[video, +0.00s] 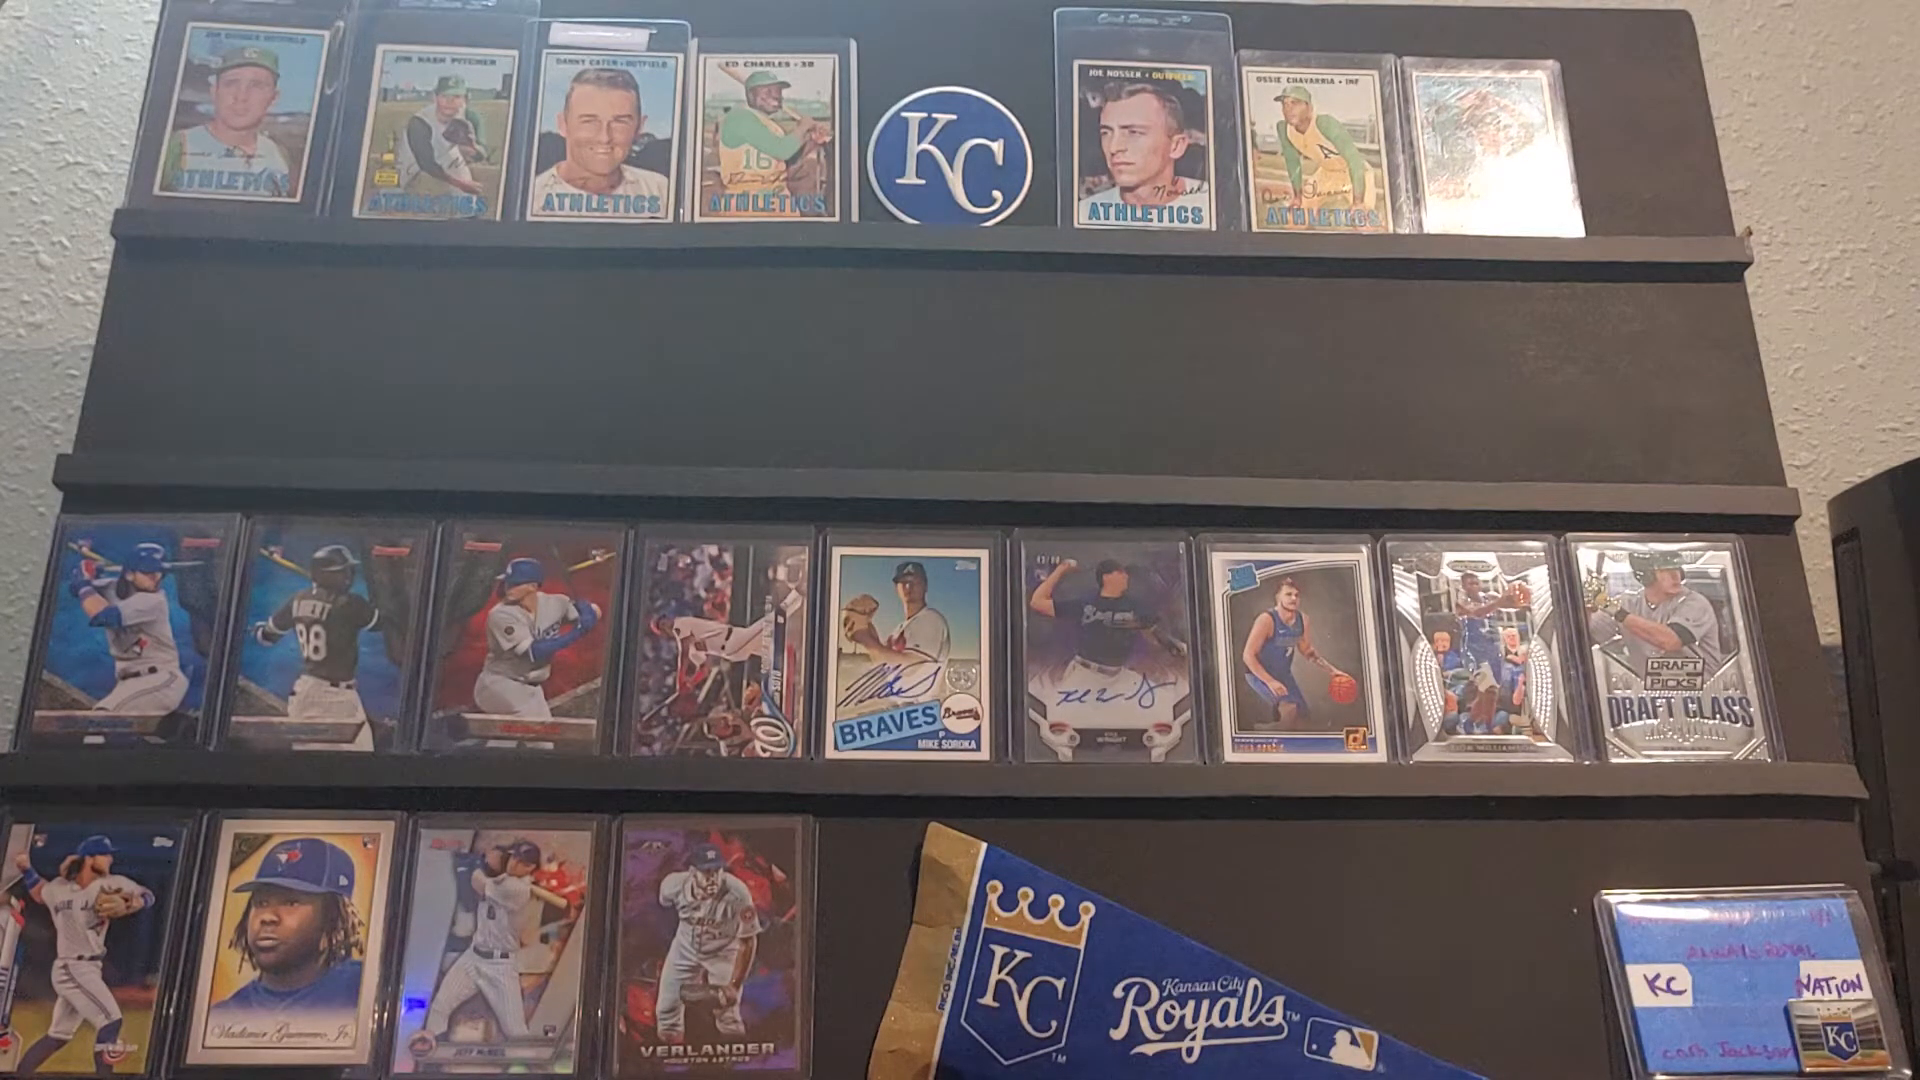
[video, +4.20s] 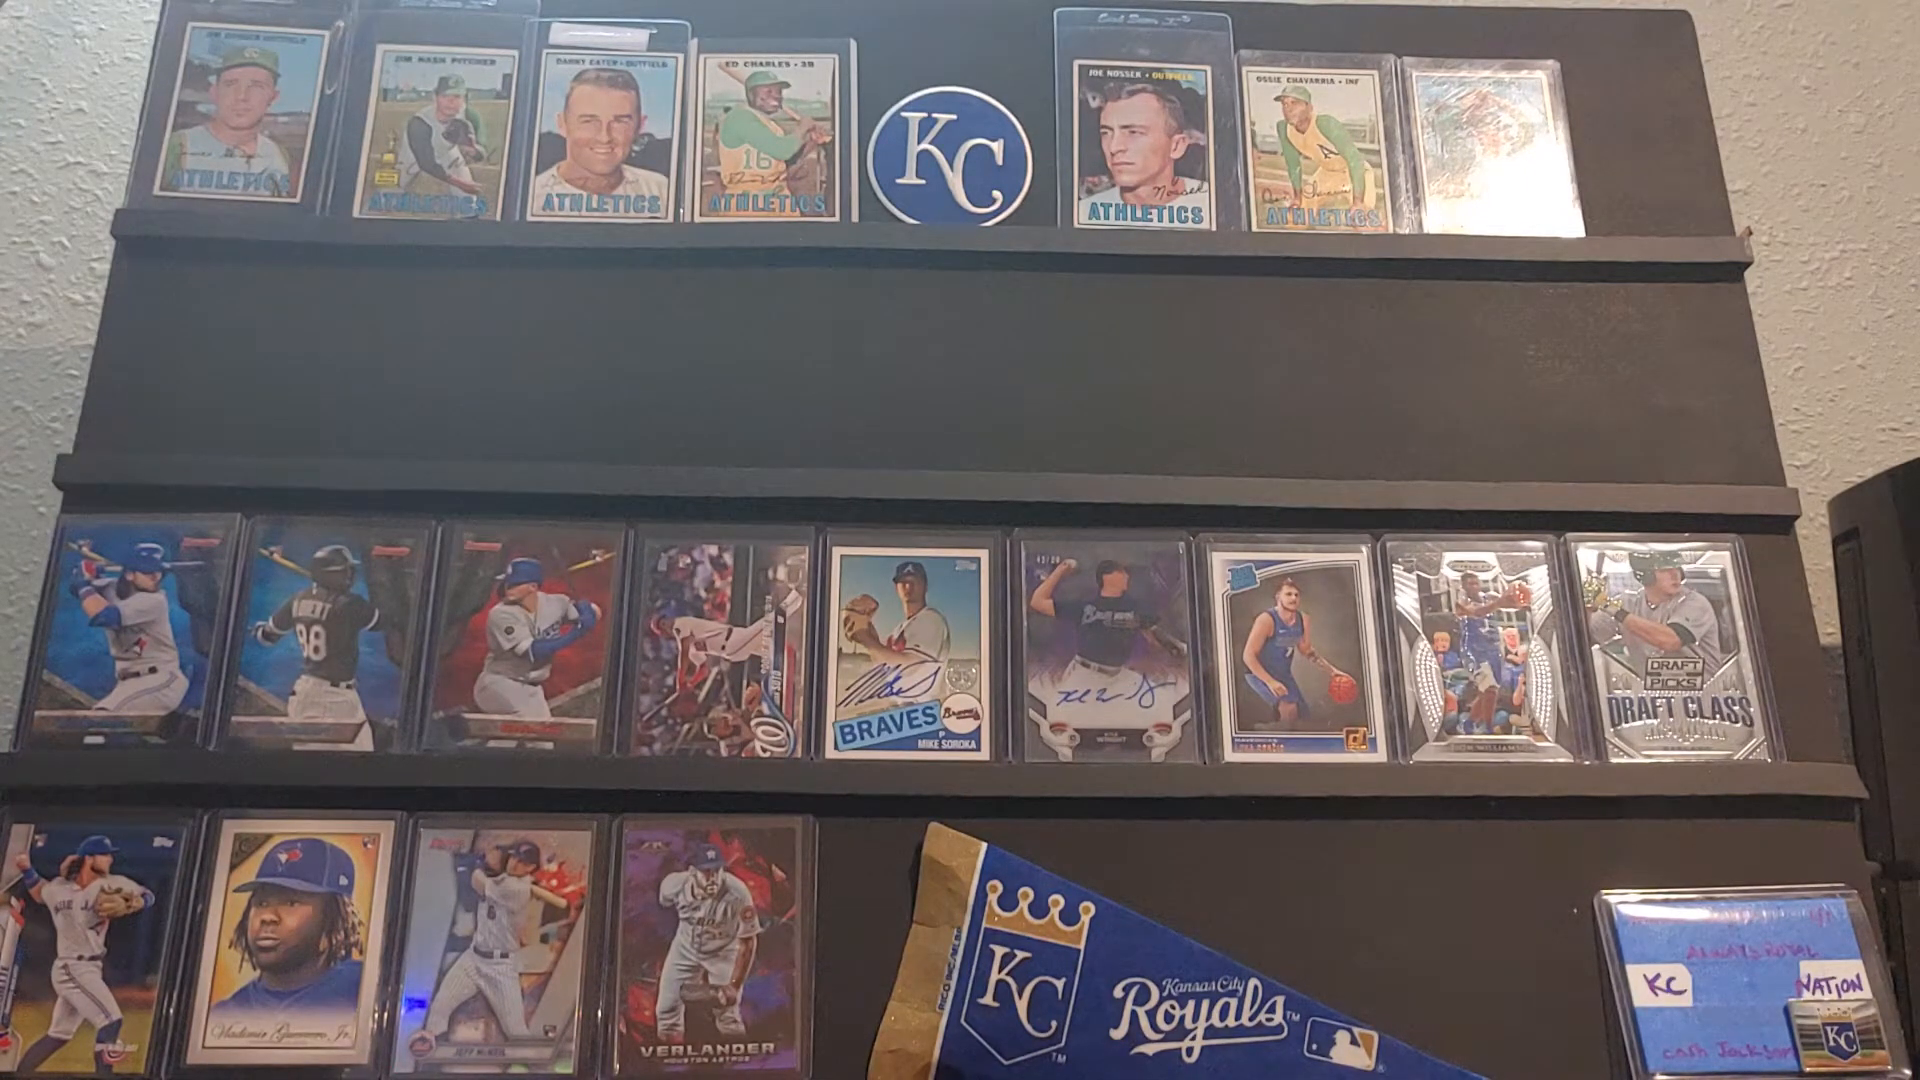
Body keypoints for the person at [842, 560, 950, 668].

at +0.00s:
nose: (907, 587)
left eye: (913, 582)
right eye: (902, 582)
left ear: (925, 586)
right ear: (896, 588)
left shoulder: (930, 619)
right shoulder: (901, 627)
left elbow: (912, 661)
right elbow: (881, 660)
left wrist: (865, 639)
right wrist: (865, 623)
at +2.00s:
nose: (907, 587)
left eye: (913, 582)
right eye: (902, 582)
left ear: (924, 586)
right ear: (896, 587)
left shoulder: (930, 619)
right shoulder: (901, 627)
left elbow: (910, 659)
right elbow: (880, 656)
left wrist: (865, 639)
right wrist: (862, 621)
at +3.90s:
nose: (907, 587)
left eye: (913, 582)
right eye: (902, 582)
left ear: (924, 586)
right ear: (896, 587)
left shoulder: (930, 618)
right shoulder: (901, 627)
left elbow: (910, 662)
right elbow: (880, 660)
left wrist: (865, 639)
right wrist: (865, 623)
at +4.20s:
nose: (907, 587)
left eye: (913, 582)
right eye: (902, 582)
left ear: (924, 586)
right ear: (896, 587)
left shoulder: (931, 618)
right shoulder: (900, 627)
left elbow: (910, 662)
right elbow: (881, 662)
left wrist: (865, 639)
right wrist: (865, 624)